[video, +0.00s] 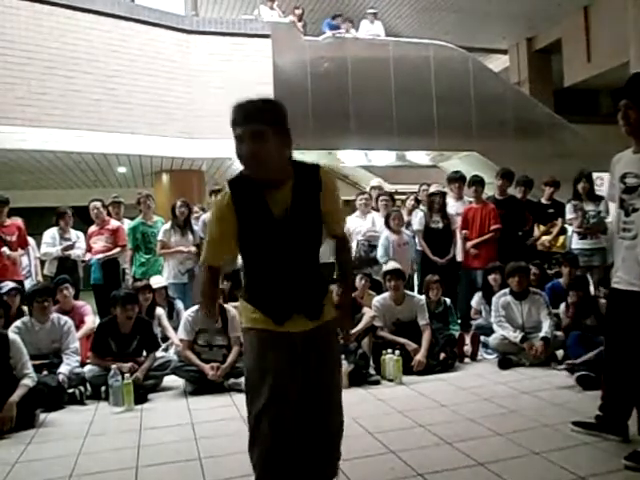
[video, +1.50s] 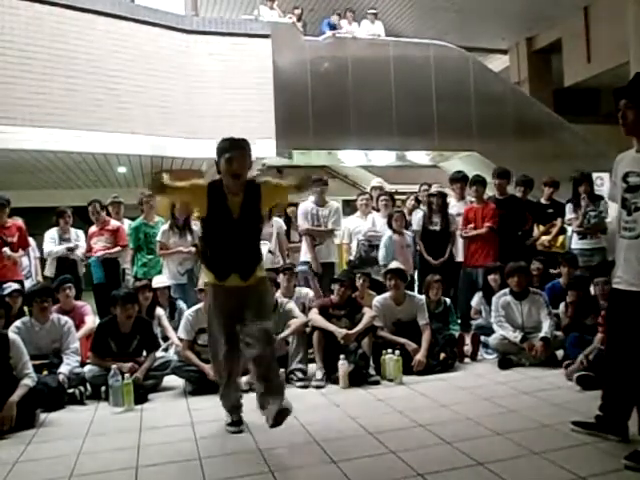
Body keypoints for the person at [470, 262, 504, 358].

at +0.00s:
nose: (494, 277)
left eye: (497, 273)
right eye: (490, 274)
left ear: (502, 276)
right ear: (486, 277)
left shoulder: (507, 293)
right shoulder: (480, 295)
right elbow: (474, 315)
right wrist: (487, 319)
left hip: (503, 325)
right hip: (486, 325)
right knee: (478, 328)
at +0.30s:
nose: (494, 276)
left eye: (496, 273)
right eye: (490, 274)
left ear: (501, 276)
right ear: (486, 277)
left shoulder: (506, 293)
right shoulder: (480, 295)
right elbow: (473, 314)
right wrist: (487, 320)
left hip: (503, 325)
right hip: (486, 325)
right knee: (478, 328)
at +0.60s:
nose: (493, 277)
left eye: (496, 273)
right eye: (490, 274)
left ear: (501, 276)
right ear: (486, 277)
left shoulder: (506, 293)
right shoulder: (480, 295)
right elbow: (473, 315)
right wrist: (487, 320)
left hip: (503, 325)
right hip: (486, 325)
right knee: (478, 328)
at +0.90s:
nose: (493, 277)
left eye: (496, 274)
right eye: (490, 274)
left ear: (501, 276)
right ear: (486, 278)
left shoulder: (506, 294)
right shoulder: (480, 295)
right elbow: (474, 314)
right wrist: (487, 320)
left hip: (503, 325)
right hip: (486, 325)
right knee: (478, 328)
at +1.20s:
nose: (493, 277)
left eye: (496, 274)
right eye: (490, 274)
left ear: (501, 276)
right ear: (486, 277)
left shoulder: (506, 293)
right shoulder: (481, 295)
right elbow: (473, 314)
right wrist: (487, 320)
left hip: (503, 325)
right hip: (486, 325)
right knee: (479, 330)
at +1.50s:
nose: (493, 277)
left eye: (496, 274)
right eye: (490, 274)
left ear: (501, 276)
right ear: (486, 278)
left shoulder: (506, 293)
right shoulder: (481, 295)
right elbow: (473, 314)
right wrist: (487, 320)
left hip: (502, 325)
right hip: (485, 325)